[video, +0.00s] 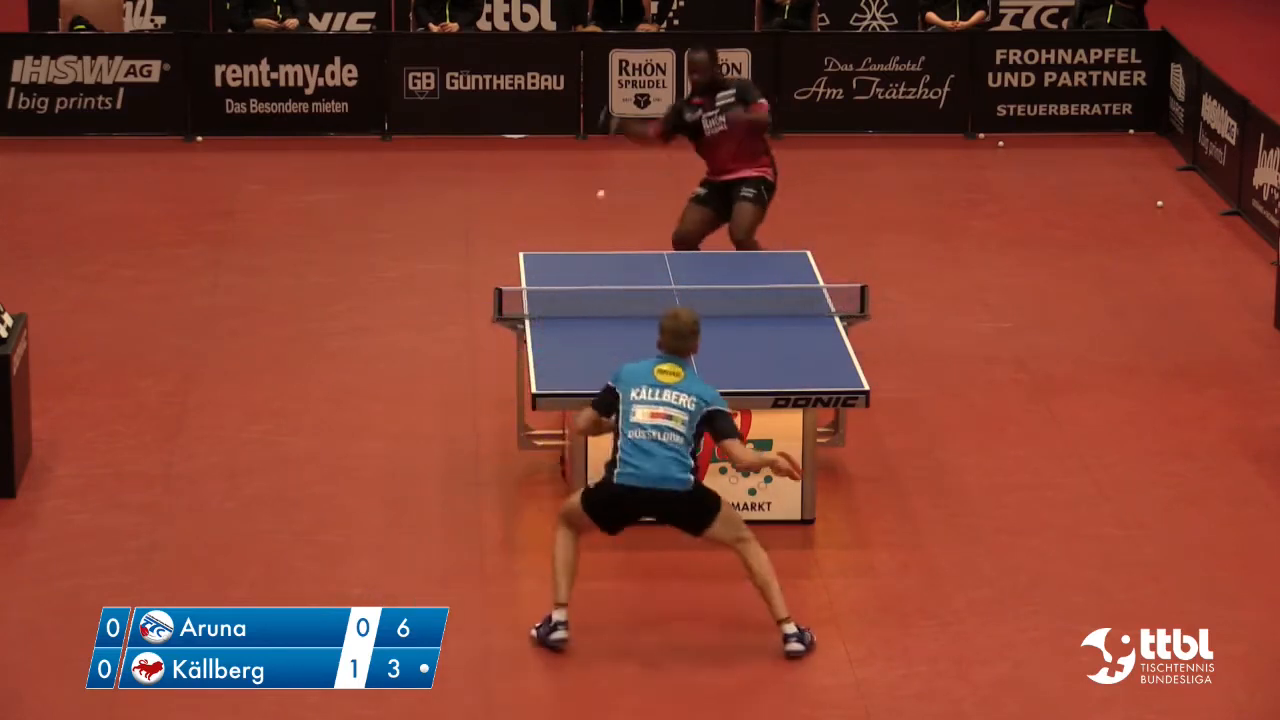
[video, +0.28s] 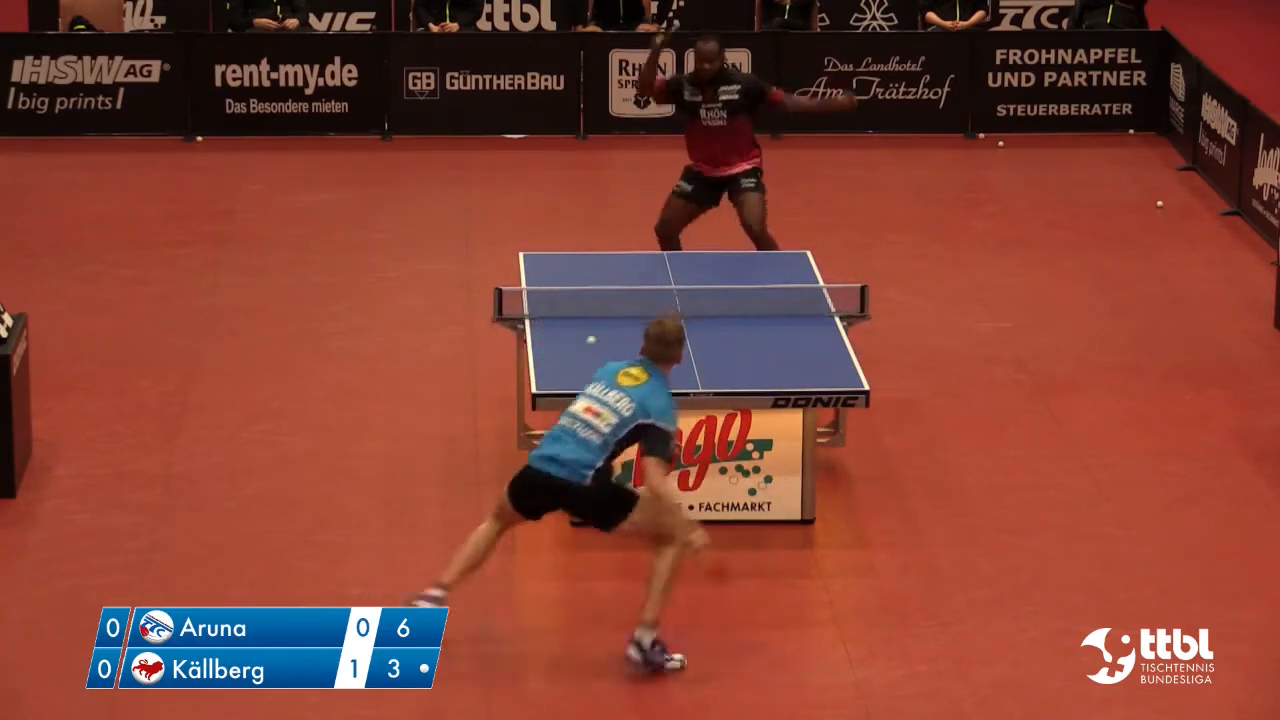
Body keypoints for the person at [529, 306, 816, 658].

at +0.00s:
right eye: (694, 339)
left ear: (658, 342)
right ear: (695, 347)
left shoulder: (627, 376)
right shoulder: (705, 394)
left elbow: (583, 425)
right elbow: (740, 458)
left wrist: (617, 420)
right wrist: (769, 460)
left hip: (622, 490)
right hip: (679, 493)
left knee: (568, 521)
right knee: (745, 541)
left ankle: (558, 620)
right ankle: (789, 630)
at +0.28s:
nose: (680, 356)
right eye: (681, 351)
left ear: (643, 345)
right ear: (678, 357)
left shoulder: (609, 370)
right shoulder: (659, 403)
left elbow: (593, 431)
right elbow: (656, 479)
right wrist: (691, 528)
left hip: (538, 473)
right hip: (584, 485)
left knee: (497, 521)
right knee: (676, 533)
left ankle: (439, 590)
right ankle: (645, 641)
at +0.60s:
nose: (607, 432)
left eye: (606, 424)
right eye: (607, 426)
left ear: (573, 416)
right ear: (595, 431)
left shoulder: (554, 435)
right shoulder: (541, 472)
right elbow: (487, 527)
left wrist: (561, 481)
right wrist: (481, 587)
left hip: (455, 518)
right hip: (484, 536)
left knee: (424, 587)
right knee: (592, 551)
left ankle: (354, 623)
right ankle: (634, 651)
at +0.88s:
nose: (534, 348)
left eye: (527, 340)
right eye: (532, 342)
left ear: (492, 341)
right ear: (529, 346)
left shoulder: (457, 380)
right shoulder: (534, 386)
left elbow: (413, 428)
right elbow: (587, 356)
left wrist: (429, 412)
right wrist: (551, 315)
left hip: (437, 509)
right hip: (491, 515)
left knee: (393, 553)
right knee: (588, 551)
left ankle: (340, 623)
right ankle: (633, 648)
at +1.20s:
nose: (510, 343)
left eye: (509, 337)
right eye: (509, 339)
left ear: (467, 342)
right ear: (504, 344)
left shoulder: (437, 383)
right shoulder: (519, 392)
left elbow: (402, 446)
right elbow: (576, 433)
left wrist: (425, 429)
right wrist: (577, 390)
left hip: (436, 505)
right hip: (492, 509)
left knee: (383, 551)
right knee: (565, 562)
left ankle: (346, 637)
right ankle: (585, 665)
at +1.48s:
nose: (574, 385)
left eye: (568, 378)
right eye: (573, 380)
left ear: (535, 378)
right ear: (569, 386)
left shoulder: (501, 406)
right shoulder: (570, 429)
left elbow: (462, 462)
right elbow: (617, 497)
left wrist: (504, 463)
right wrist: (589, 504)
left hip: (470, 525)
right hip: (523, 531)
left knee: (422, 570)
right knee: (610, 585)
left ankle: (381, 648)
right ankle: (638, 688)